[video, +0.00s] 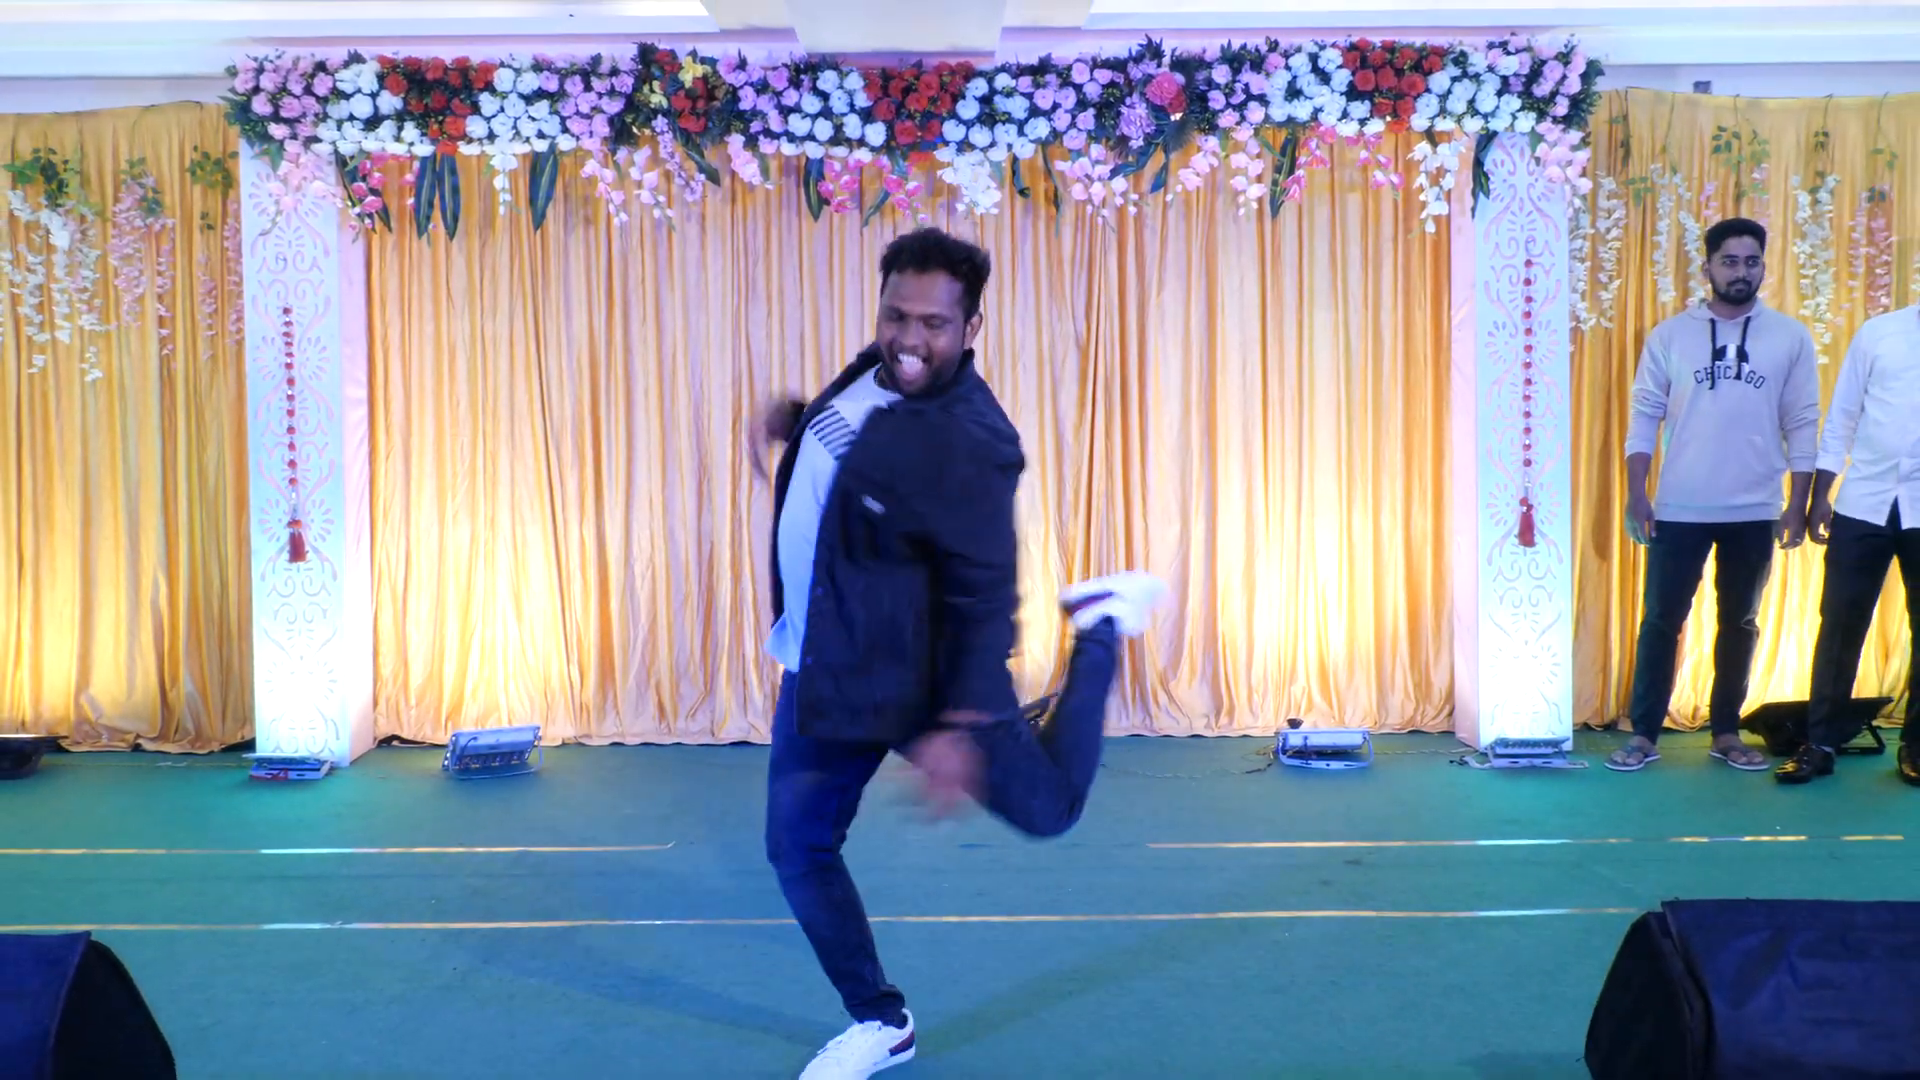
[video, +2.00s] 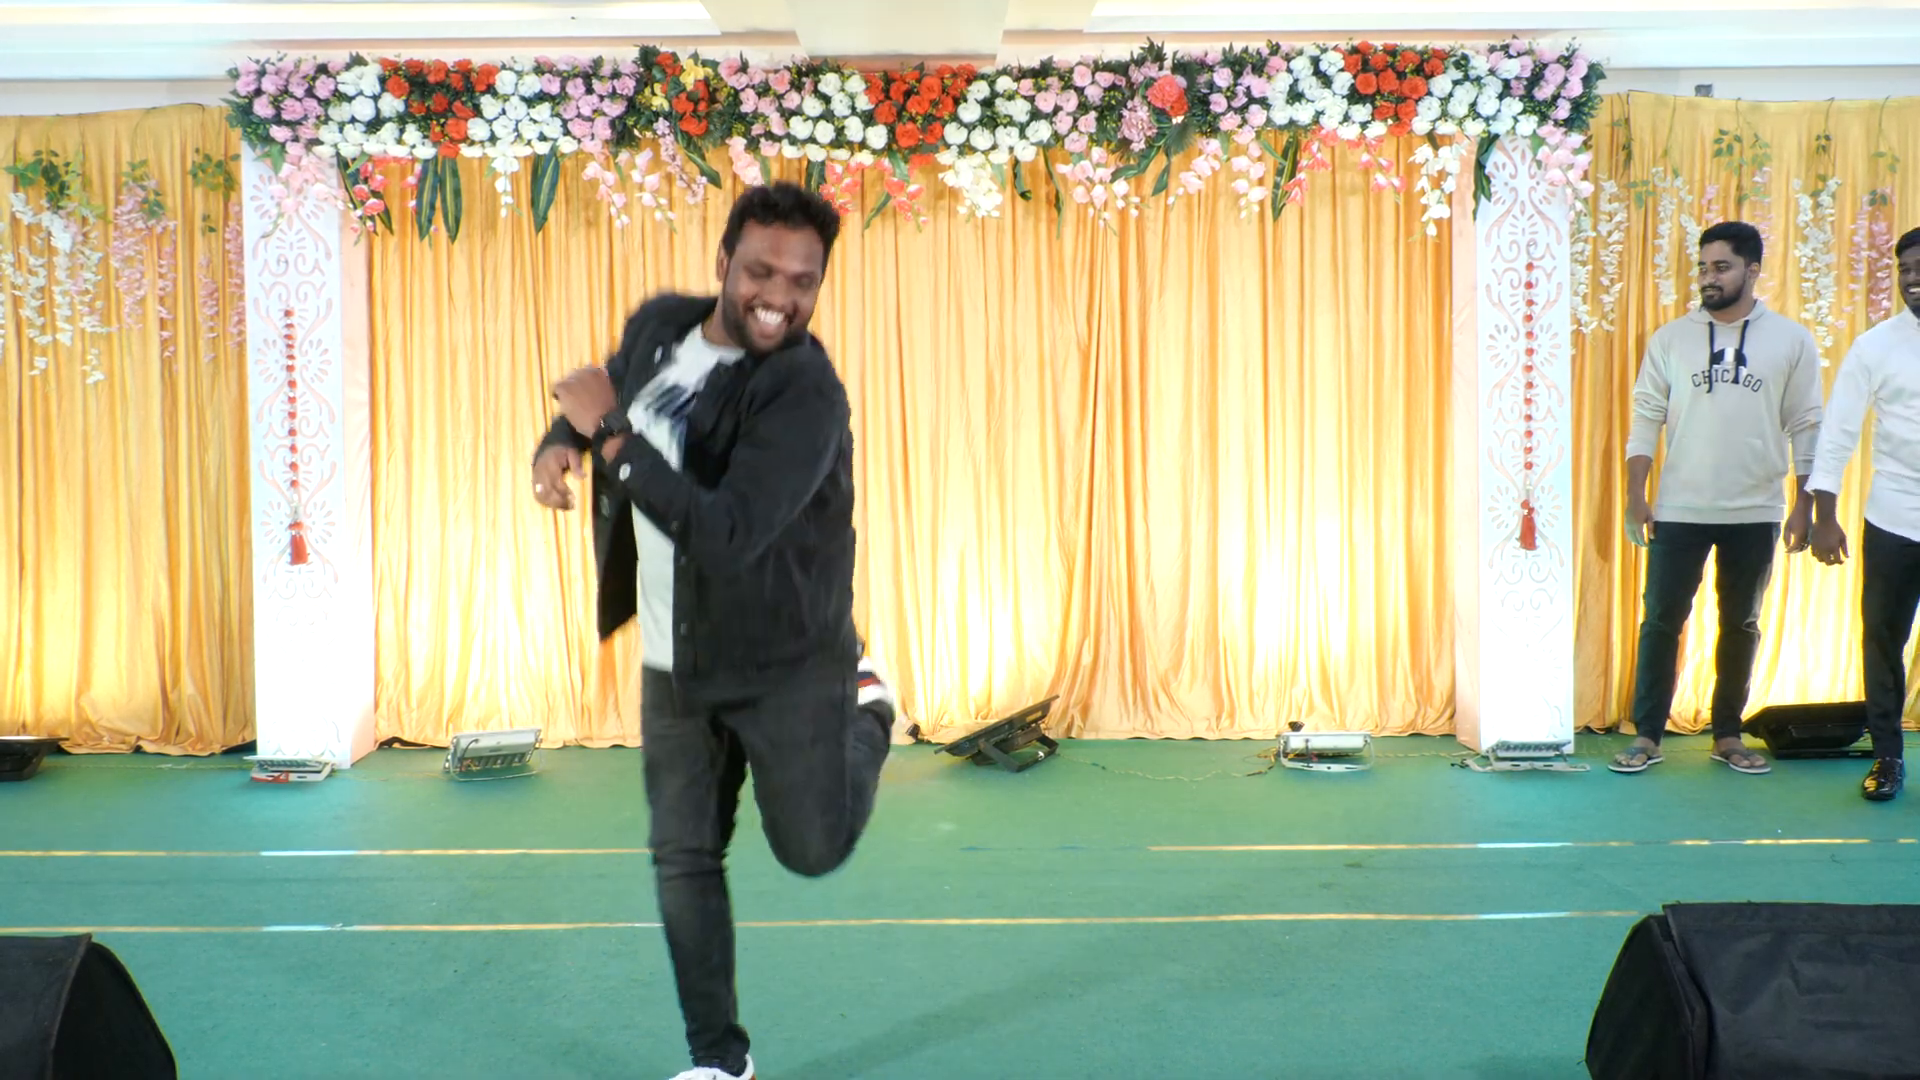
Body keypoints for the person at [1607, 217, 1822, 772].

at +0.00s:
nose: (1741, 270)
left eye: (1751, 261)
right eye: (1730, 260)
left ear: (1764, 268)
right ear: (1708, 266)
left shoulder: (1789, 338)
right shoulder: (1670, 335)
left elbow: (1802, 422)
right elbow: (1645, 413)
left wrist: (1799, 501)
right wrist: (1636, 489)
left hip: (1753, 509)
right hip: (1681, 506)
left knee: (1739, 627)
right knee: (1660, 622)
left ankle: (1726, 734)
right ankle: (1643, 735)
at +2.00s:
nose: (1709, 277)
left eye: (1722, 267)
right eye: (1704, 267)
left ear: (1753, 270)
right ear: (1698, 270)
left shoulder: (1790, 340)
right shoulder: (1670, 338)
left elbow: (1806, 426)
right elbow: (1646, 416)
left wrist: (1803, 502)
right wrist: (1636, 492)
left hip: (1753, 511)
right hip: (1680, 508)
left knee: (1740, 628)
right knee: (1660, 620)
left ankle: (1727, 737)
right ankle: (1647, 736)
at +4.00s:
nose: (1701, 275)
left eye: (1712, 265)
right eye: (1690, 265)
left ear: (1726, 270)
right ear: (1670, 269)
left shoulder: (1754, 322)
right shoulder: (1635, 328)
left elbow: (1792, 362)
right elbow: (1596, 367)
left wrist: (1768, 436)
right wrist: (1608, 435)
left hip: (1725, 495)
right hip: (1653, 495)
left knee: (1724, 618)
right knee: (1652, 614)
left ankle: (1728, 739)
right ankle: (1651, 735)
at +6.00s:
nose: (1651, 268)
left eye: (1664, 258)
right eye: (1643, 259)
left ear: (1689, 263)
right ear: (1632, 265)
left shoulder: (1726, 329)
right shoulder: (1606, 336)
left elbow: (1751, 409)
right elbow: (1587, 416)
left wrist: (1730, 481)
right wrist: (1587, 495)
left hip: (1702, 499)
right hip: (1632, 503)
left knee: (1722, 614)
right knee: (1641, 612)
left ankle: (1726, 737)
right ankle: (1654, 731)